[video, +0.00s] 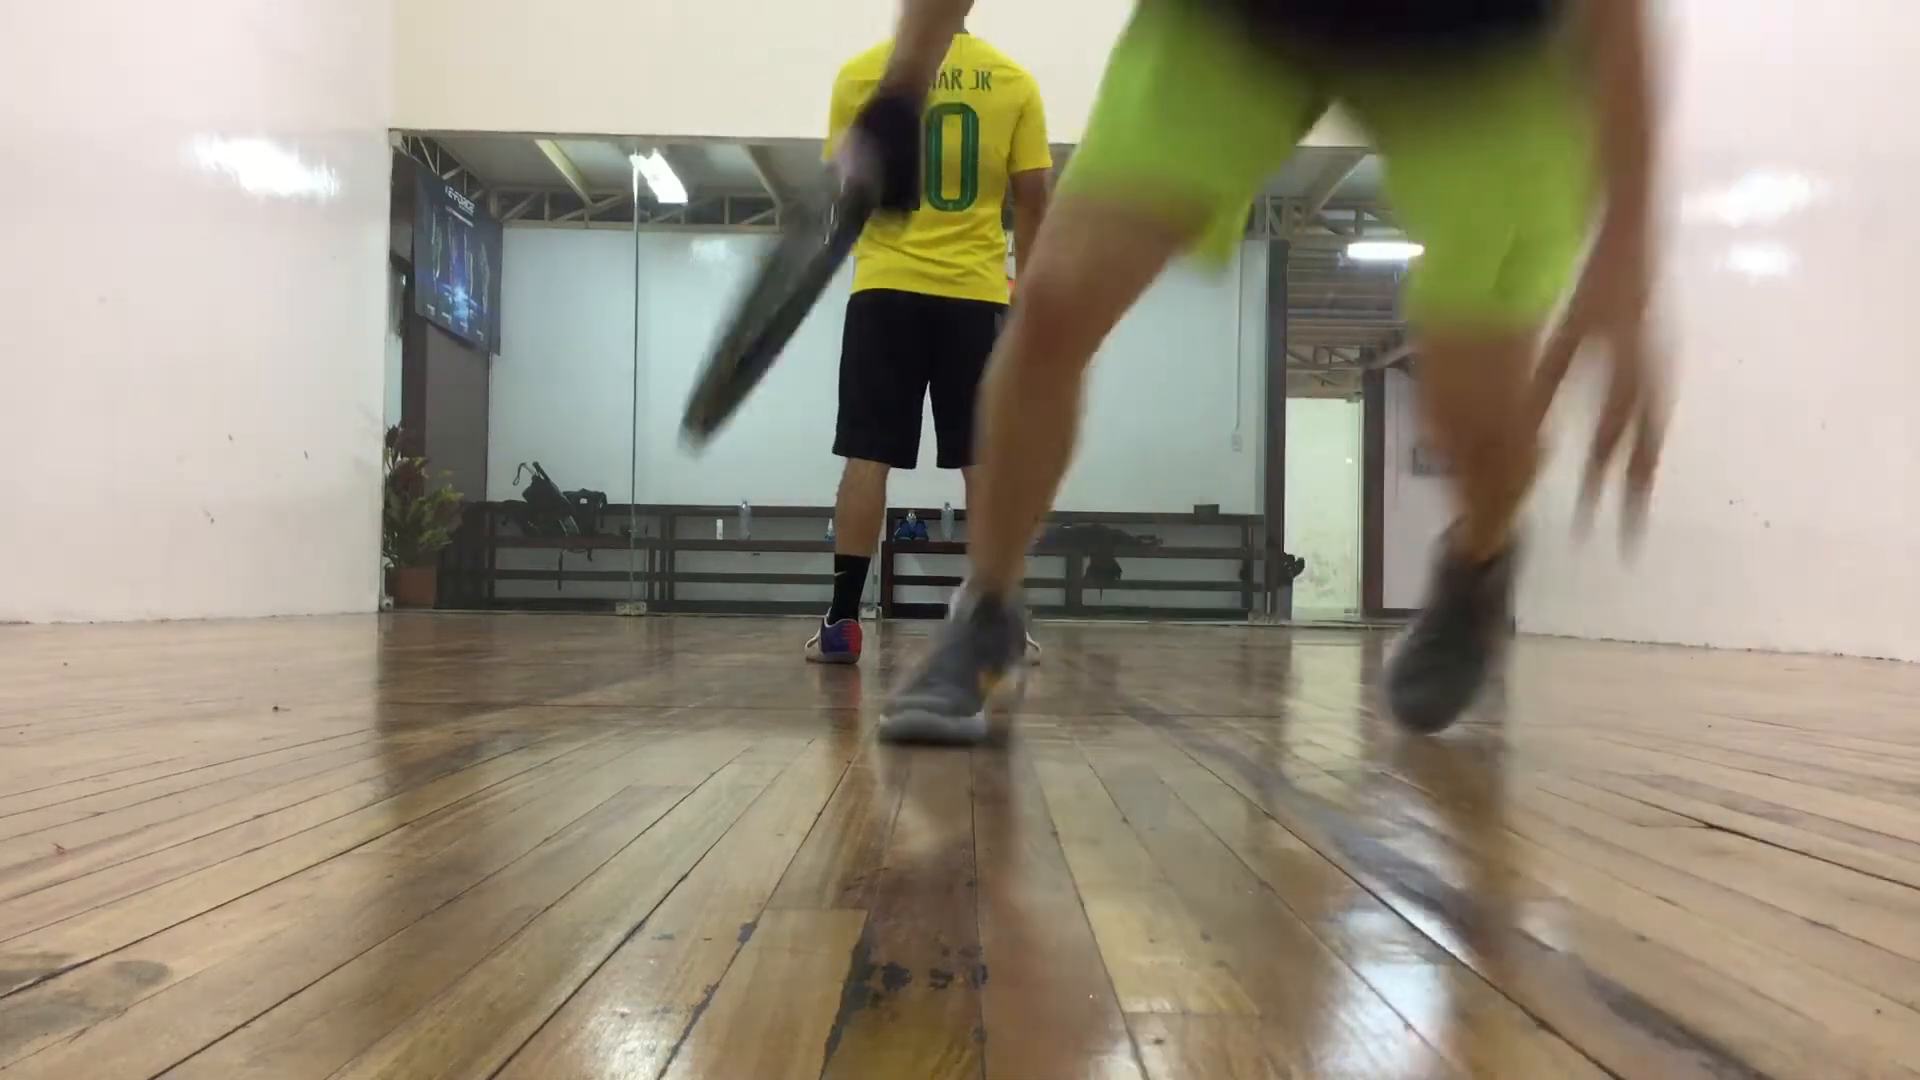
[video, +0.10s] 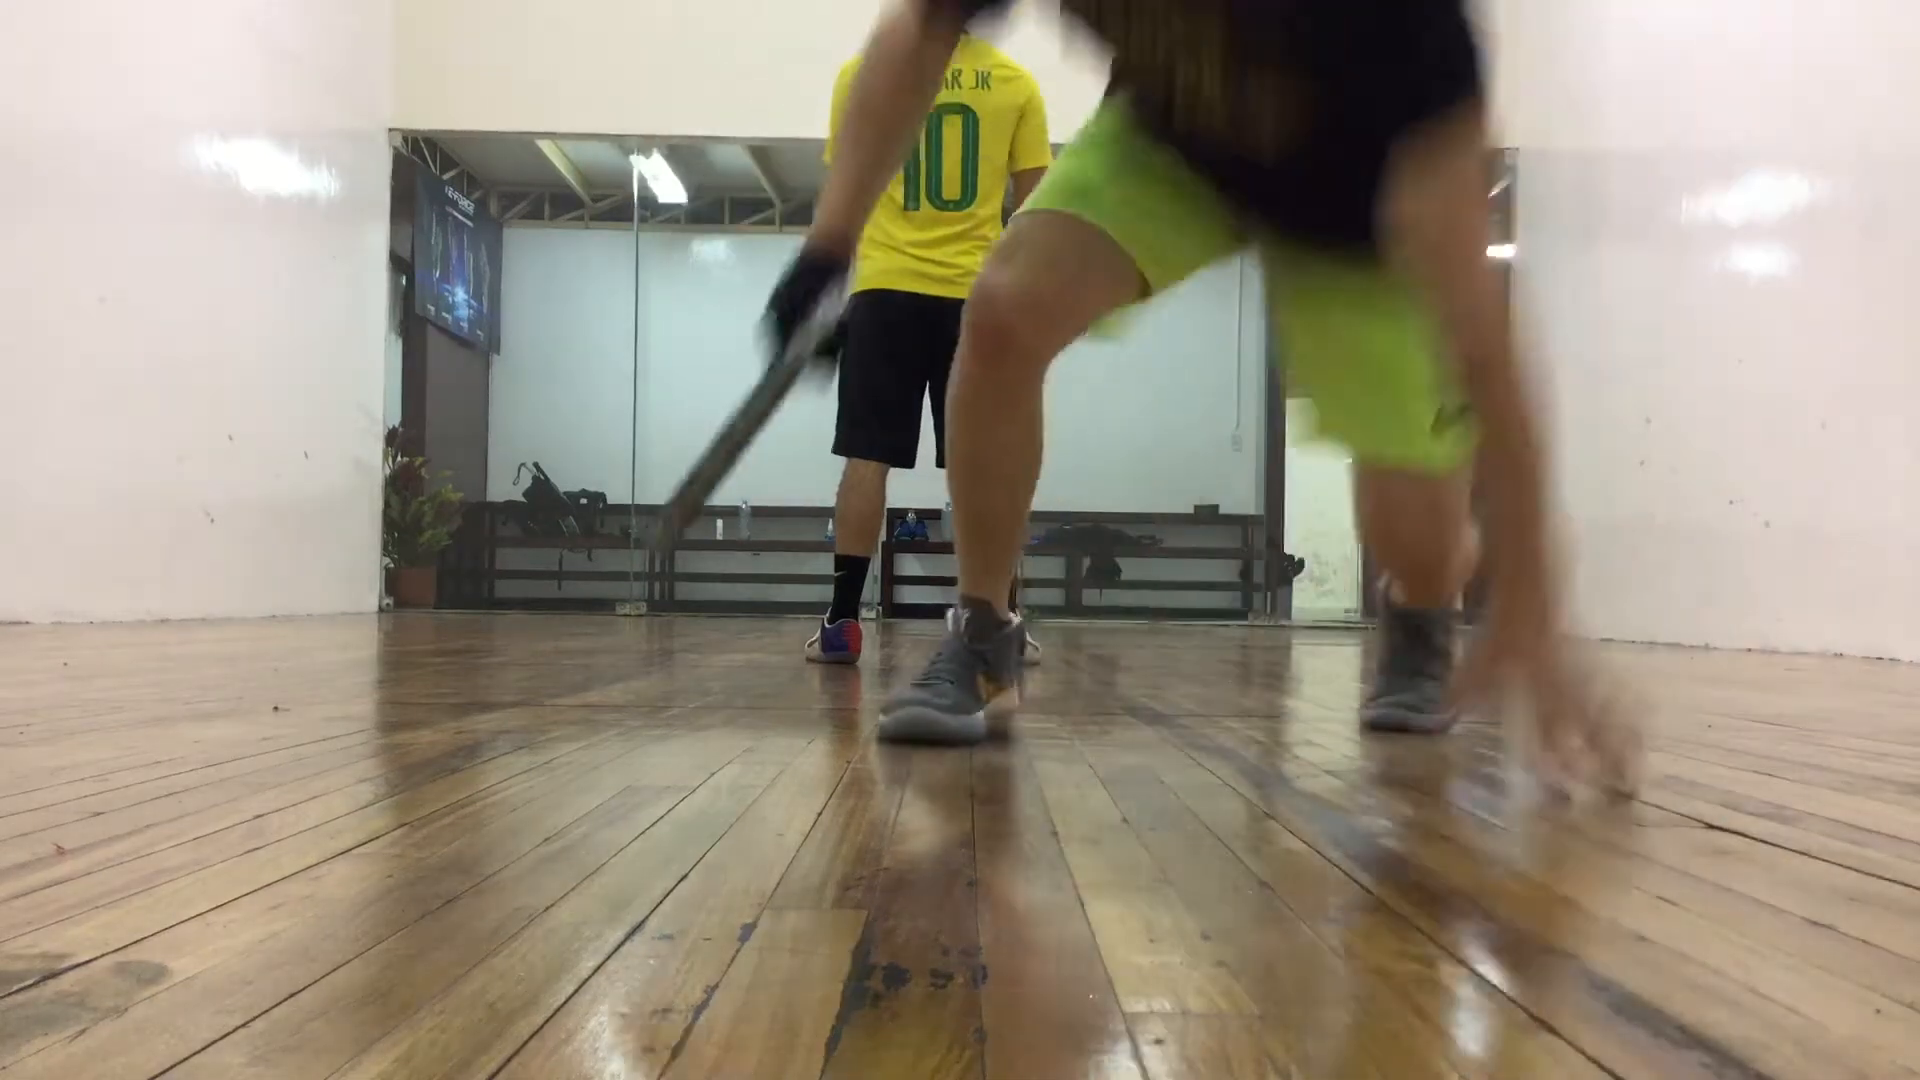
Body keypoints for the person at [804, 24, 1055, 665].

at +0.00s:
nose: (939, 10)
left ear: (906, 9)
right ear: (968, 9)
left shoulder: (861, 74)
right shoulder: (1011, 81)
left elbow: (845, 185)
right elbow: (1033, 202)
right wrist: (1029, 296)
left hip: (883, 300)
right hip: (976, 305)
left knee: (866, 460)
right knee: (986, 465)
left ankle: (842, 621)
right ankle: (998, 629)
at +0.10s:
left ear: (905, 8)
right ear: (979, 12)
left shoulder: (864, 72)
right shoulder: (1013, 81)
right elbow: (1034, 205)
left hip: (883, 299)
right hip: (975, 302)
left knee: (866, 460)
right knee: (985, 461)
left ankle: (842, 621)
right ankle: (1000, 620)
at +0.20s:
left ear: (906, 3)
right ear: (968, 3)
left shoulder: (861, 74)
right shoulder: (1010, 65)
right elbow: (1037, 196)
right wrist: (1012, 254)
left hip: (884, 296)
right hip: (978, 300)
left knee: (866, 458)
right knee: (985, 459)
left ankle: (843, 620)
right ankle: (1000, 621)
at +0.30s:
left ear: (906, 6)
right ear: (969, 6)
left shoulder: (860, 75)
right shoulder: (1013, 75)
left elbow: (836, 197)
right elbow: (1043, 178)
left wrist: (875, 237)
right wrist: (1002, 242)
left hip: (895, 304)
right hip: (987, 306)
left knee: (867, 457)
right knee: (998, 456)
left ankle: (842, 622)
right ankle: (1000, 622)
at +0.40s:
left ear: (905, 7)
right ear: (969, 7)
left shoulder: (861, 74)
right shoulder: (1013, 76)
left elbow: (836, 194)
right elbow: (1038, 178)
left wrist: (866, 229)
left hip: (885, 291)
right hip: (982, 294)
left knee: (864, 452)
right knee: (991, 451)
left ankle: (840, 620)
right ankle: (999, 622)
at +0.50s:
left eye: (902, 13)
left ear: (903, 8)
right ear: (969, 8)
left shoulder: (861, 74)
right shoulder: (1015, 77)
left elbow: (835, 196)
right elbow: (1041, 182)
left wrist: (868, 245)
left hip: (887, 293)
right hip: (983, 293)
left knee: (854, 447)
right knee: (987, 445)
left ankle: (839, 619)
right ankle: (1000, 619)